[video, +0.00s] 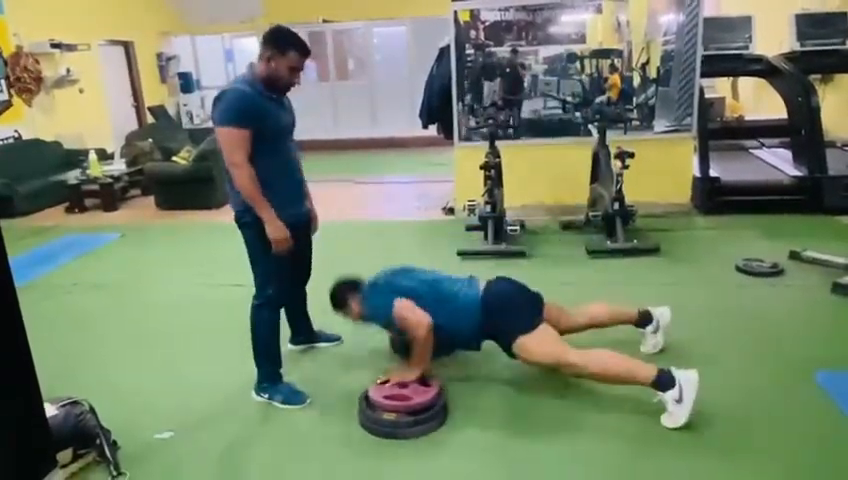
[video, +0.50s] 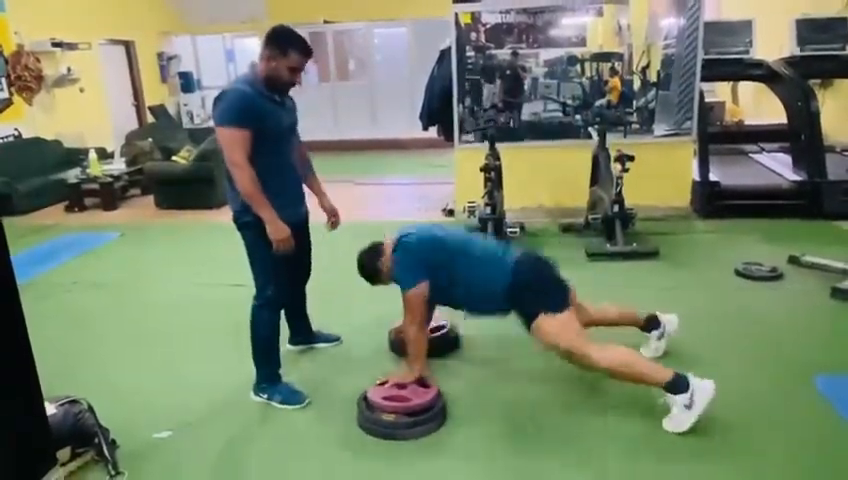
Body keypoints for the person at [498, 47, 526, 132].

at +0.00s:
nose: (513, 57)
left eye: (515, 55)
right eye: (512, 54)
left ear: (518, 55)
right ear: (510, 54)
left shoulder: (521, 66)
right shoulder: (505, 66)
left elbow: (524, 76)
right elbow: (501, 82)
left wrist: (517, 67)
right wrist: (500, 95)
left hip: (518, 95)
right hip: (507, 94)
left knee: (517, 116)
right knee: (506, 116)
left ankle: (516, 132)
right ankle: (504, 131)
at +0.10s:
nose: (513, 57)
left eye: (515, 55)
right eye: (512, 55)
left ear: (518, 56)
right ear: (510, 55)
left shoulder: (521, 66)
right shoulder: (505, 66)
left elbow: (524, 76)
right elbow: (501, 82)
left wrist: (517, 67)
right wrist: (500, 95)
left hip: (518, 94)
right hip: (507, 94)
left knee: (517, 115)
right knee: (506, 115)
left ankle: (516, 133)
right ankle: (504, 132)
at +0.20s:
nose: (513, 58)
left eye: (515, 56)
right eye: (512, 56)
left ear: (518, 56)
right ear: (510, 56)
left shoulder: (521, 66)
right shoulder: (506, 66)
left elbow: (524, 77)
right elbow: (501, 83)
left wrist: (517, 67)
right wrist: (500, 97)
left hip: (518, 96)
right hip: (507, 95)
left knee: (517, 116)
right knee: (506, 116)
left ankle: (517, 134)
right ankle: (504, 133)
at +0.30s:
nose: (513, 58)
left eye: (515, 56)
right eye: (512, 56)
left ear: (518, 57)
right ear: (510, 56)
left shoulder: (521, 67)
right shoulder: (505, 67)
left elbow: (524, 77)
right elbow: (500, 83)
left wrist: (517, 68)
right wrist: (500, 98)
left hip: (518, 97)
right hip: (507, 96)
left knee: (517, 117)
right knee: (506, 117)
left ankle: (516, 134)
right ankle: (504, 134)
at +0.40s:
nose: (513, 59)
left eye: (515, 57)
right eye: (512, 57)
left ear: (518, 58)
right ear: (510, 57)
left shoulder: (521, 67)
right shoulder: (505, 68)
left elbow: (524, 77)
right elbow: (501, 83)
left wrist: (517, 68)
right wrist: (500, 98)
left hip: (518, 97)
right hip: (506, 97)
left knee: (517, 118)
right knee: (506, 118)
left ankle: (517, 134)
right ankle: (504, 134)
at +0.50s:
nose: (513, 59)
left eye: (515, 57)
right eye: (512, 57)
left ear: (518, 58)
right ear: (510, 57)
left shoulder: (522, 68)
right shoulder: (505, 68)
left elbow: (524, 78)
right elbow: (501, 84)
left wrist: (517, 68)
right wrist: (500, 99)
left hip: (518, 97)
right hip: (507, 96)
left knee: (517, 117)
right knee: (507, 116)